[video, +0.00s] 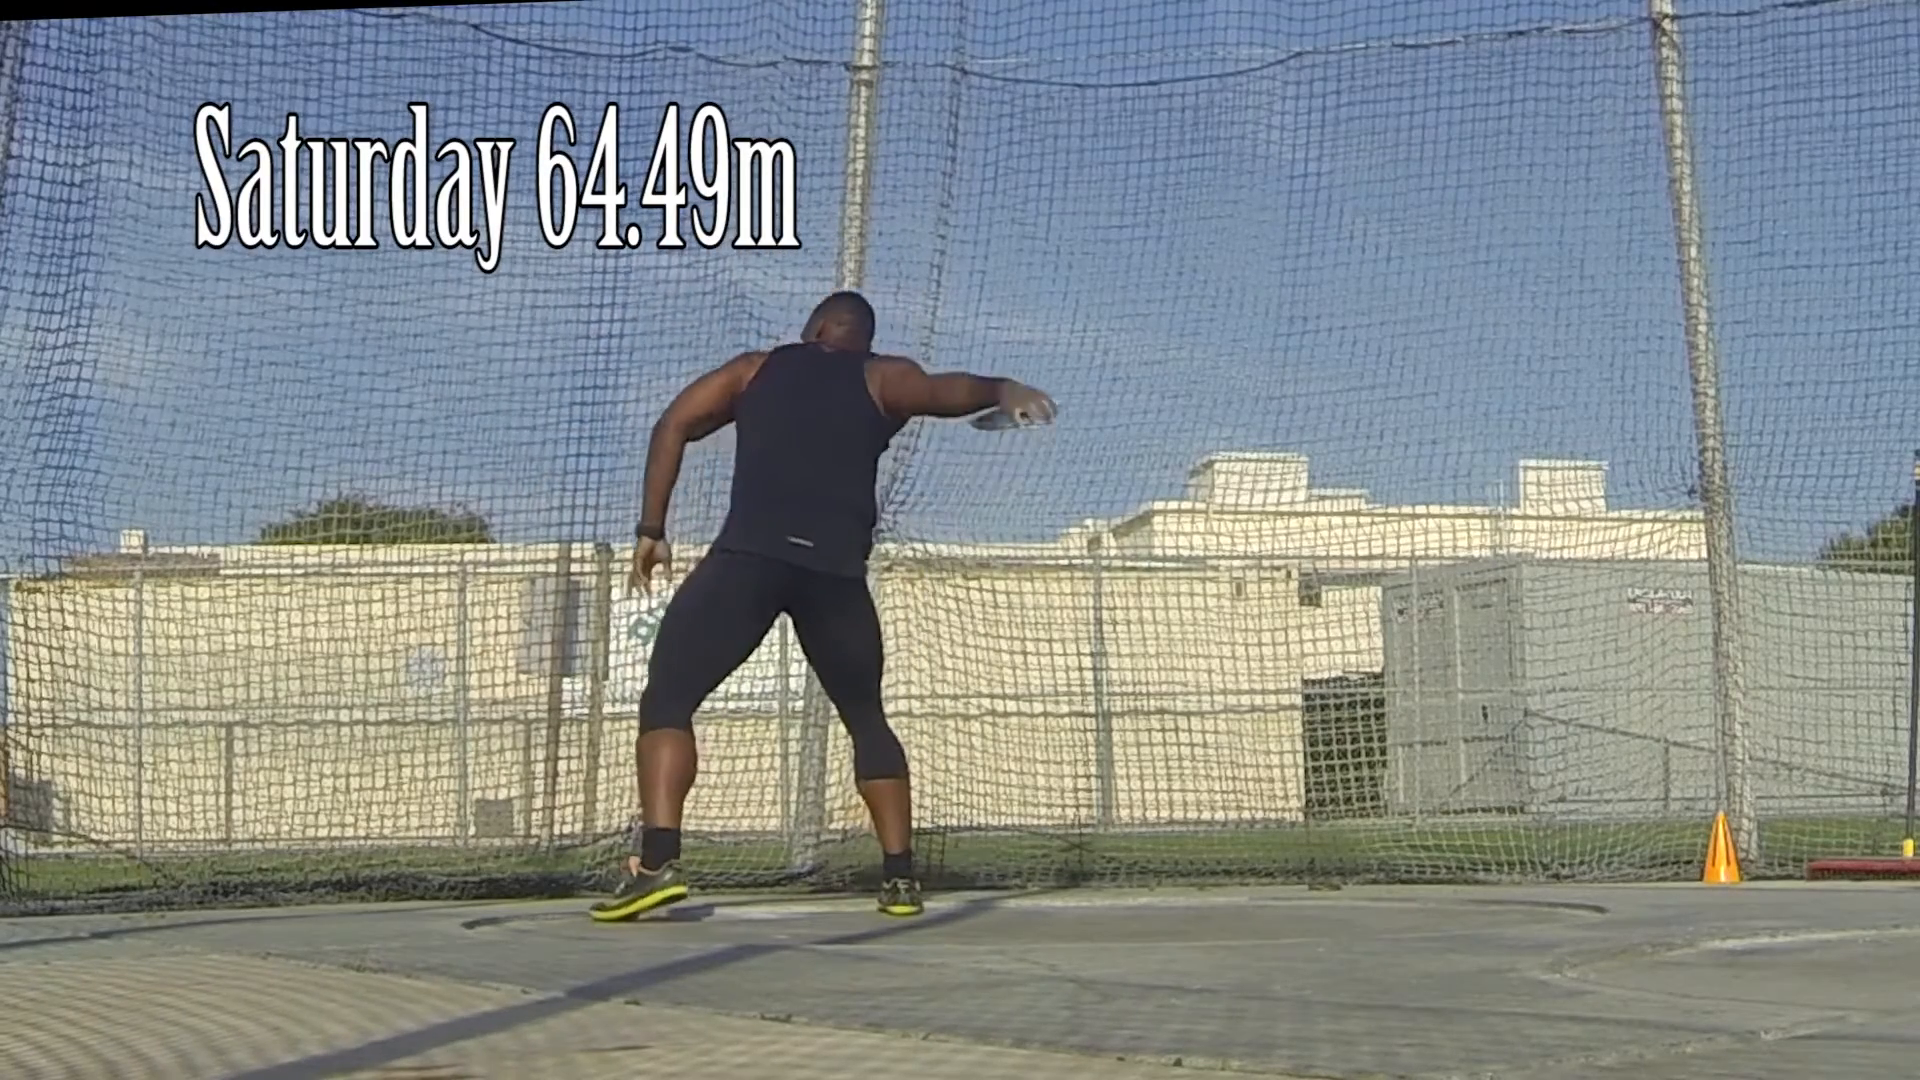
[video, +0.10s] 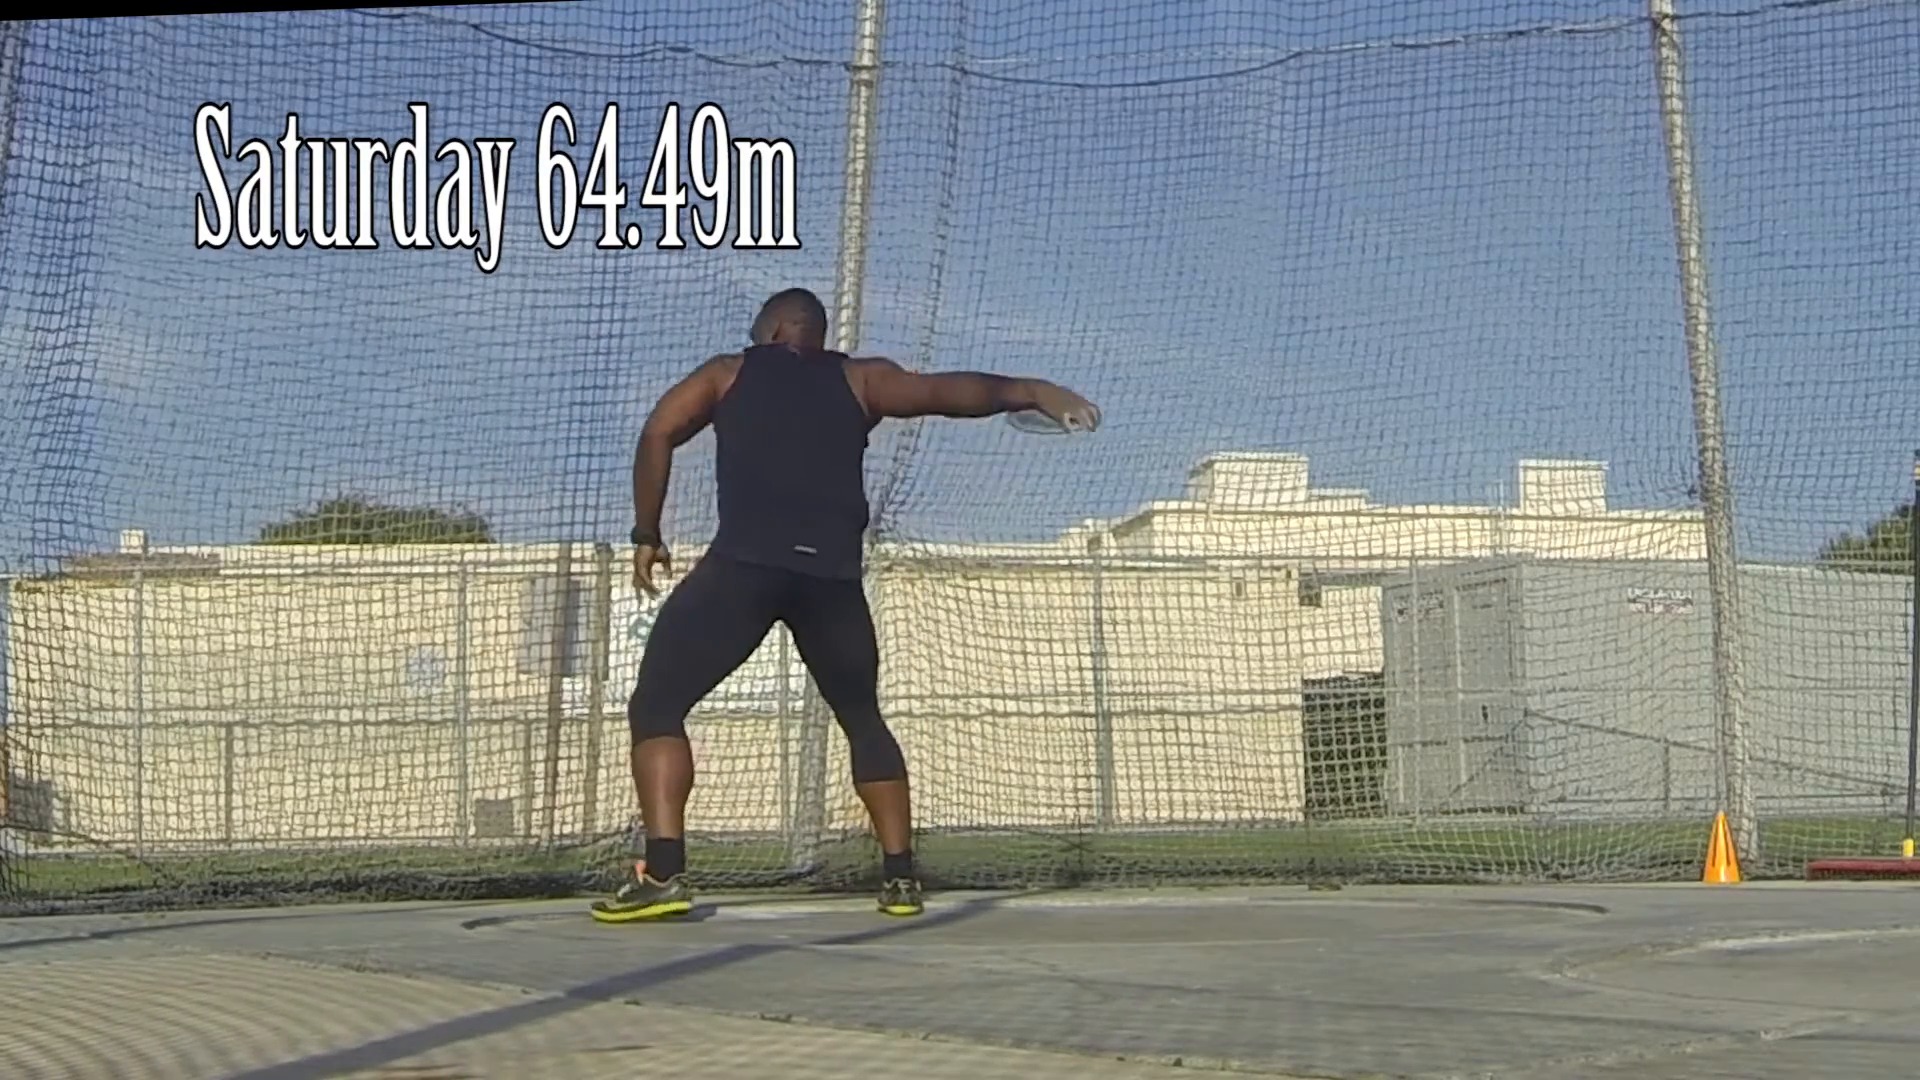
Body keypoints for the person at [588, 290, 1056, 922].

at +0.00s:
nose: (827, 331)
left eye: (821, 322)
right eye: (845, 329)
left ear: (810, 329)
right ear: (867, 343)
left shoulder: (758, 367)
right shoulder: (884, 376)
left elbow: (673, 424)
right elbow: (960, 392)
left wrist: (651, 529)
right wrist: (1007, 391)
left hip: (746, 561)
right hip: (837, 575)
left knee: (668, 698)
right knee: (867, 716)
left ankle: (657, 864)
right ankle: (900, 877)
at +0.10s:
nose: (756, 339)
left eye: (757, 332)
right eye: (766, 335)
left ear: (765, 333)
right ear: (822, 338)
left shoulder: (729, 371)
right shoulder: (860, 376)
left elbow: (657, 432)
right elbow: (947, 392)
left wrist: (646, 533)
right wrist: (1031, 390)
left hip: (743, 567)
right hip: (832, 576)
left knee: (657, 705)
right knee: (864, 718)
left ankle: (662, 872)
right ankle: (901, 874)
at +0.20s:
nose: (695, 336)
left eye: (697, 327)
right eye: (697, 328)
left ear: (713, 323)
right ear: (763, 323)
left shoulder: (692, 373)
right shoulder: (828, 374)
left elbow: (644, 448)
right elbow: (930, 408)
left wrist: (637, 532)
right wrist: (1023, 431)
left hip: (738, 569)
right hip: (824, 574)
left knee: (648, 708)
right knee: (857, 715)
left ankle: (666, 881)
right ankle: (903, 875)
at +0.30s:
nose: (646, 318)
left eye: (650, 304)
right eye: (645, 306)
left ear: (681, 298)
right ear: (714, 300)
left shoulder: (670, 365)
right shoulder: (792, 366)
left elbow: (635, 472)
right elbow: (873, 430)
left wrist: (616, 540)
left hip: (732, 562)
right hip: (814, 566)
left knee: (648, 707)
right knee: (849, 710)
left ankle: (666, 881)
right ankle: (908, 870)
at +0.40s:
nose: (635, 298)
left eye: (638, 283)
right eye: (634, 284)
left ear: (668, 274)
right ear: (701, 274)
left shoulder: (670, 356)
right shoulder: (760, 345)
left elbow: (628, 482)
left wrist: (587, 518)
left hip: (731, 555)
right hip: (807, 548)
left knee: (652, 702)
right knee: (838, 698)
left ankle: (666, 880)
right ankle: (912, 854)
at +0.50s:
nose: (642, 280)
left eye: (646, 267)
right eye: (643, 268)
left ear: (674, 263)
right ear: (705, 262)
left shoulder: (688, 352)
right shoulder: (741, 333)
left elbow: (623, 466)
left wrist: (553, 474)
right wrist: (561, 432)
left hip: (730, 553)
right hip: (798, 543)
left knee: (659, 699)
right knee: (825, 690)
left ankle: (666, 880)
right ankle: (908, 841)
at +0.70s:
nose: (650, 268)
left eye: (655, 256)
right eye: (652, 256)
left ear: (684, 254)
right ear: (706, 255)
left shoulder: (729, 347)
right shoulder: (674, 317)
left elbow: (646, 444)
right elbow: (584, 331)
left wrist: (557, 379)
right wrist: (539, 328)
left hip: (729, 540)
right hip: (760, 534)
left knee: (673, 693)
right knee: (803, 686)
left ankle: (669, 877)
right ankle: (895, 832)